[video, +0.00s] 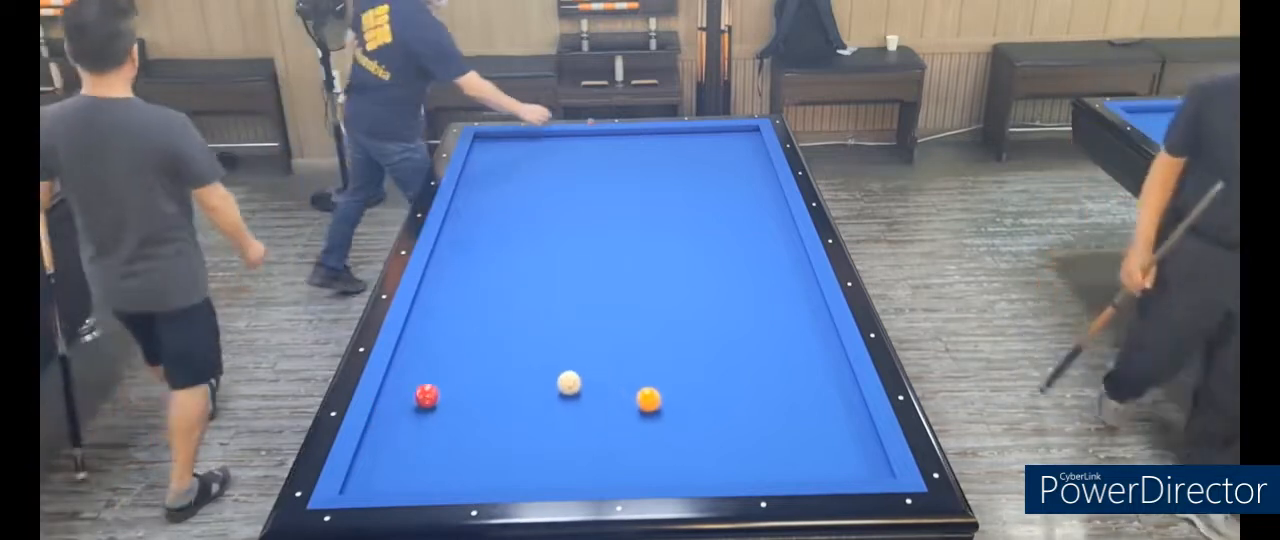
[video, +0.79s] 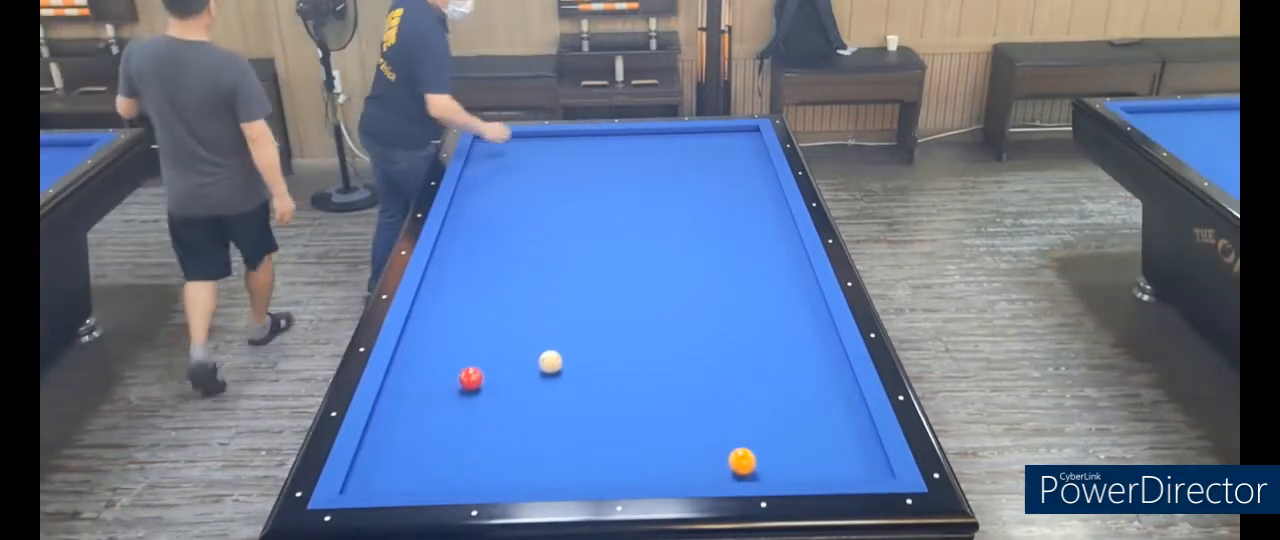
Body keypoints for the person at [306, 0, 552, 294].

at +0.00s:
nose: (447, 6)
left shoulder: (372, 8)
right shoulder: (425, 27)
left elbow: (356, 45)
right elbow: (470, 84)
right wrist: (522, 109)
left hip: (359, 122)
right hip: (393, 131)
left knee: (358, 193)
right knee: (431, 205)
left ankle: (330, 268)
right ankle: (440, 277)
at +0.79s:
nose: (466, 4)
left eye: (467, 2)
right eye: (463, 1)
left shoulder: (404, 7)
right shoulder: (428, 30)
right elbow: (439, 106)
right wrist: (483, 128)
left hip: (381, 131)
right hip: (407, 142)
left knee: (392, 212)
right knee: (429, 215)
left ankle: (380, 287)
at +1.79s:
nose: (341, 9)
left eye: (346, 2)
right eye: (329, 4)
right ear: (306, 4)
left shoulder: (356, 27)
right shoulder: (288, 50)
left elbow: (378, 81)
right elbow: (265, 121)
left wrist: (397, 133)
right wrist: (321, 139)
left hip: (370, 174)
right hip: (331, 184)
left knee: (380, 256)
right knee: (350, 269)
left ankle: (384, 337)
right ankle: (351, 351)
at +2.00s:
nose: (322, 9)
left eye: (326, 1)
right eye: (309, 3)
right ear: (285, 6)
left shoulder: (350, 28)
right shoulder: (270, 51)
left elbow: (377, 84)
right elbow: (269, 128)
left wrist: (386, 134)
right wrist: (317, 112)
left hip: (366, 175)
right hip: (321, 184)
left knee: (371, 262)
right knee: (337, 272)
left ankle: (376, 337)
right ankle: (348, 351)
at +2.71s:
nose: (322, 6)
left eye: (327, 1)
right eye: (312, 2)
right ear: (287, 3)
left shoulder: (349, 27)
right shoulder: (265, 47)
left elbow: (381, 83)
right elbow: (275, 121)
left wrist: (371, 107)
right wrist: (331, 101)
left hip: (359, 171)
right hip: (316, 179)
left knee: (362, 260)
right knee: (336, 268)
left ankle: (358, 331)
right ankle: (343, 345)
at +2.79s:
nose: (323, 6)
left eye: (328, 1)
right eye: (312, 2)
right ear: (287, 3)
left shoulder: (350, 26)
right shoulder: (266, 47)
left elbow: (381, 80)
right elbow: (277, 120)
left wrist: (373, 105)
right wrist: (333, 100)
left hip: (359, 169)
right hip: (317, 178)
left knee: (363, 259)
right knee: (341, 265)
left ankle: (357, 331)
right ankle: (343, 344)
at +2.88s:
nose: (324, 5)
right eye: (313, 1)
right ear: (289, 3)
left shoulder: (350, 25)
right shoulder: (268, 46)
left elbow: (383, 81)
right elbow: (281, 119)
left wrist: (376, 103)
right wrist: (337, 96)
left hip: (360, 168)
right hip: (317, 177)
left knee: (363, 259)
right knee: (350, 264)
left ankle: (352, 332)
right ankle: (344, 343)